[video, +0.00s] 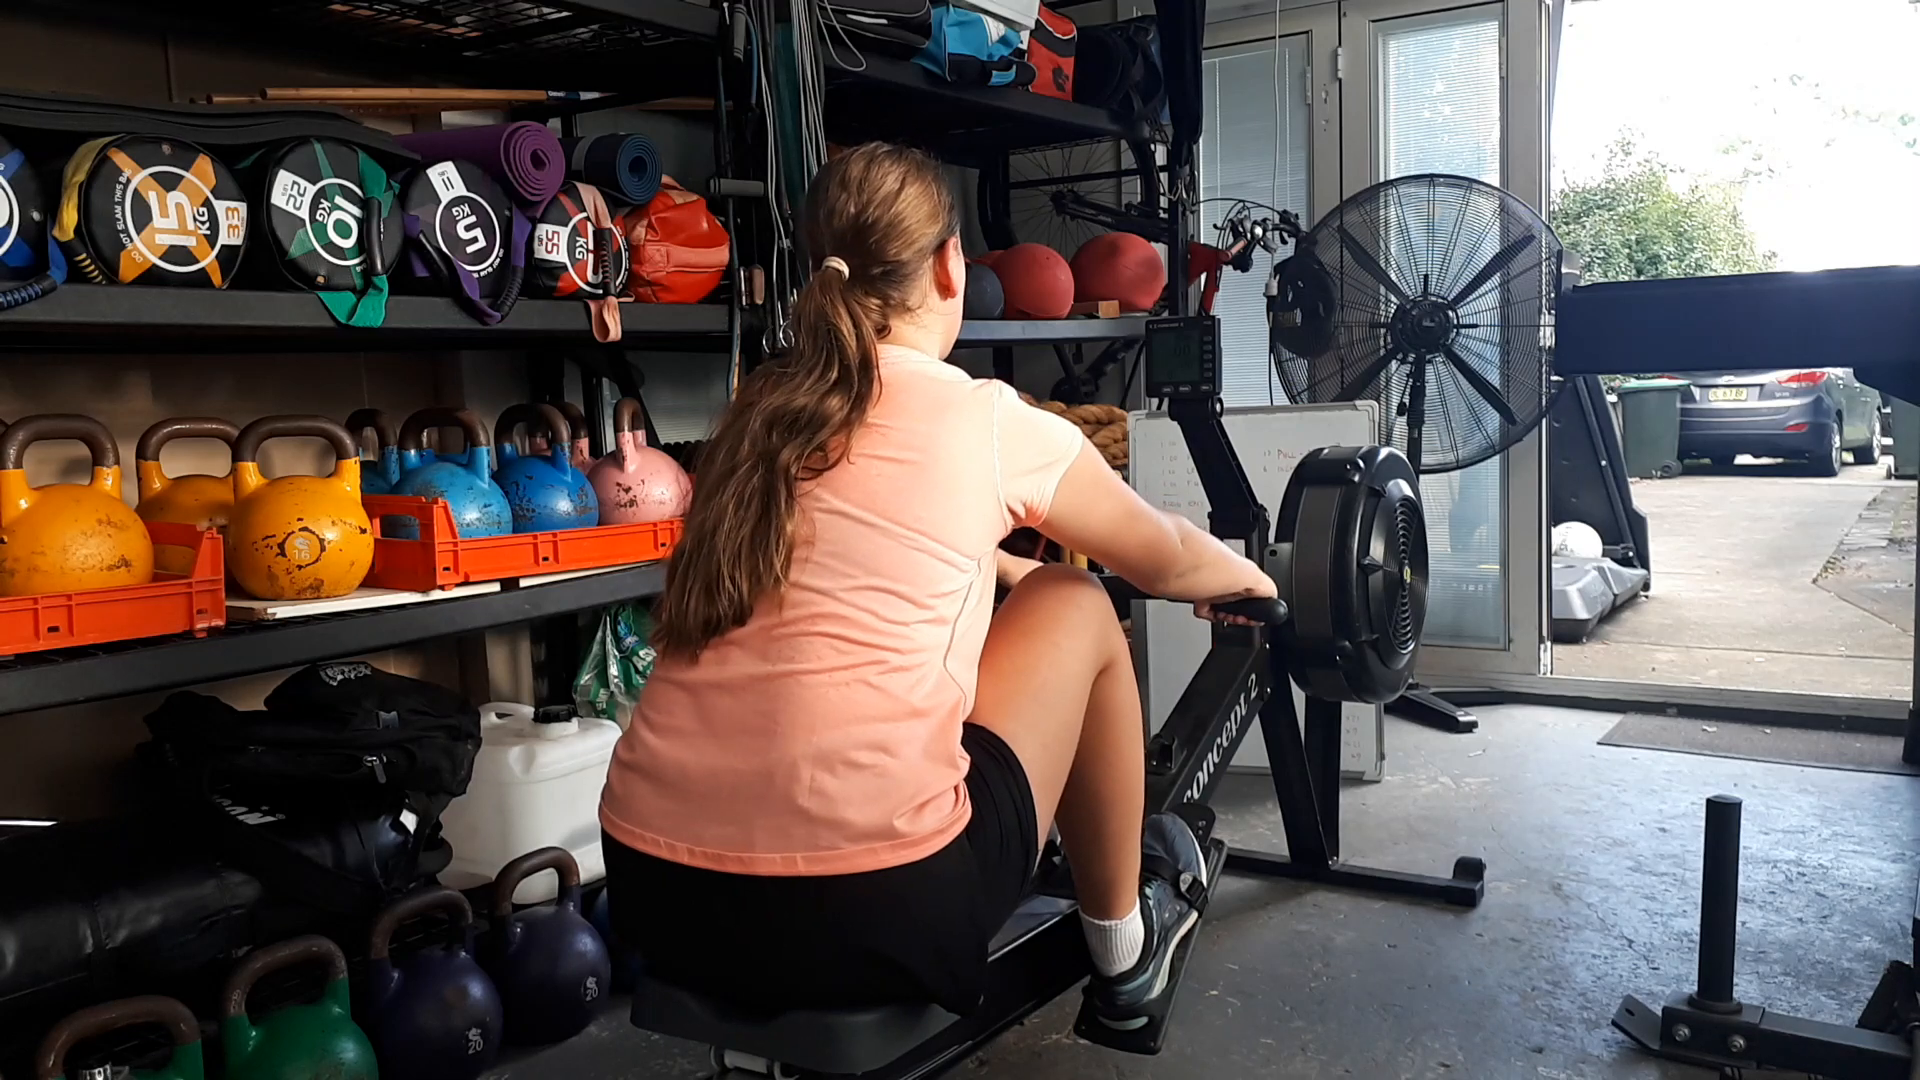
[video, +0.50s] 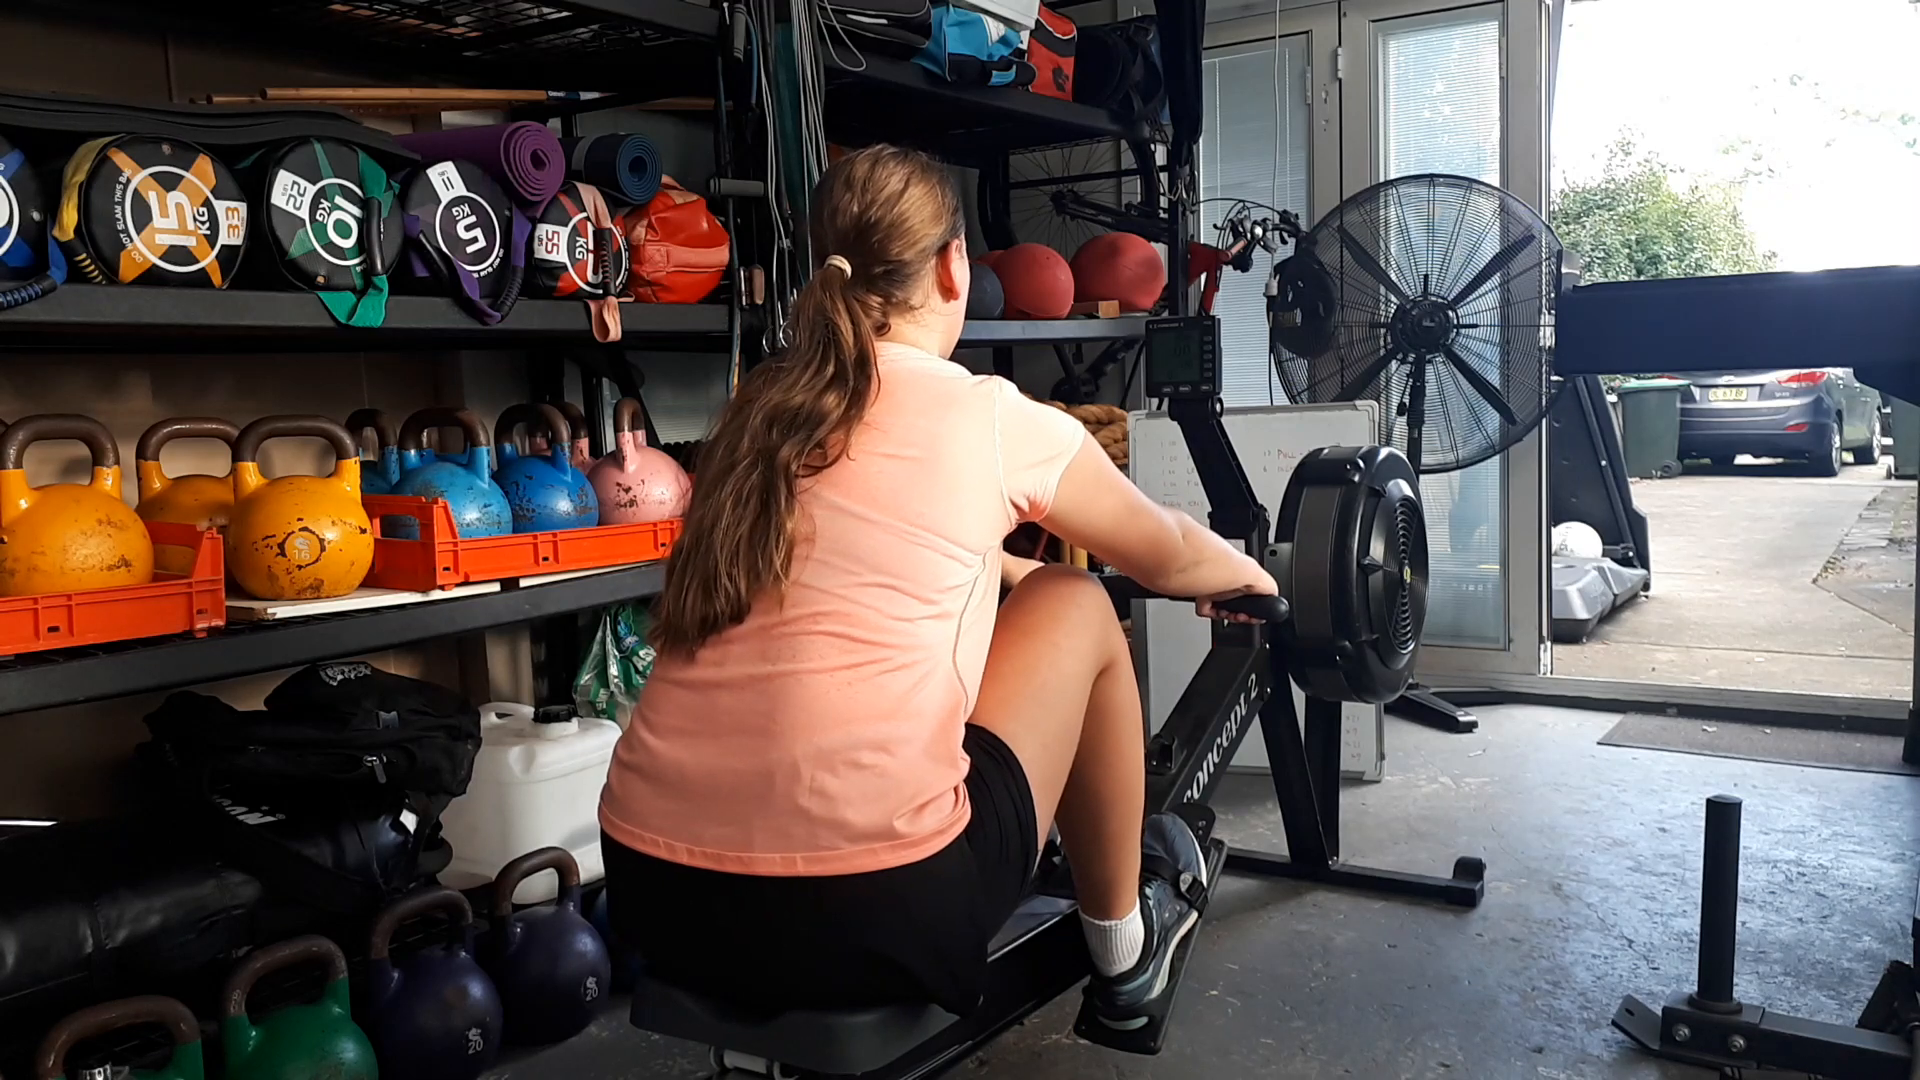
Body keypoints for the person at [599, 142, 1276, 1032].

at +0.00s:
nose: (968, 276)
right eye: (963, 254)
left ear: (816, 278)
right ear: (948, 270)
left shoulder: (757, 412)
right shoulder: (986, 422)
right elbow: (1158, 550)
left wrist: (1028, 577)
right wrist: (1222, 568)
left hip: (664, 906)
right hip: (875, 919)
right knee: (1076, 600)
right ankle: (1123, 963)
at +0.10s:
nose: (969, 278)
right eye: (964, 256)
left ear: (818, 277)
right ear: (949, 271)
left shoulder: (756, 411)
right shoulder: (988, 422)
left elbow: (860, 545)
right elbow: (1157, 551)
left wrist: (1027, 578)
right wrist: (1222, 569)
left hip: (664, 907)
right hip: (875, 920)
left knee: (946, 598)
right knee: (1076, 599)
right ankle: (1123, 963)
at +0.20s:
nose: (969, 278)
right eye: (965, 255)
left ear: (822, 275)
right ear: (949, 271)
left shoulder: (757, 408)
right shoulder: (990, 422)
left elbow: (840, 557)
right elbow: (1159, 550)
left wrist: (1005, 574)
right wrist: (1224, 570)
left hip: (663, 906)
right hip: (875, 920)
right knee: (1076, 598)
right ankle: (1123, 962)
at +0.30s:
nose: (970, 278)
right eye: (967, 256)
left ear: (824, 275)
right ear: (950, 271)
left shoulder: (757, 408)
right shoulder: (989, 420)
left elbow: (851, 548)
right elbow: (1159, 547)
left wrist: (1016, 576)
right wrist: (1225, 568)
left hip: (662, 906)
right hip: (874, 920)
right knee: (1075, 599)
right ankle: (1123, 963)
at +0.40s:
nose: (971, 278)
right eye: (968, 256)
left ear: (823, 275)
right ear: (950, 272)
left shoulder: (757, 408)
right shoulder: (989, 418)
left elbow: (856, 543)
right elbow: (1161, 547)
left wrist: (1026, 576)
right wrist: (1230, 568)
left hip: (663, 909)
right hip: (873, 923)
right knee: (1076, 599)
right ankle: (1123, 962)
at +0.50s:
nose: (971, 279)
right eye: (968, 256)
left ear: (825, 273)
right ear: (951, 270)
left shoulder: (756, 408)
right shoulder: (990, 417)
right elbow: (1161, 547)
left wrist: (1027, 577)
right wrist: (1230, 569)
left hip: (663, 909)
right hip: (874, 923)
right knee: (1076, 598)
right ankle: (1123, 962)